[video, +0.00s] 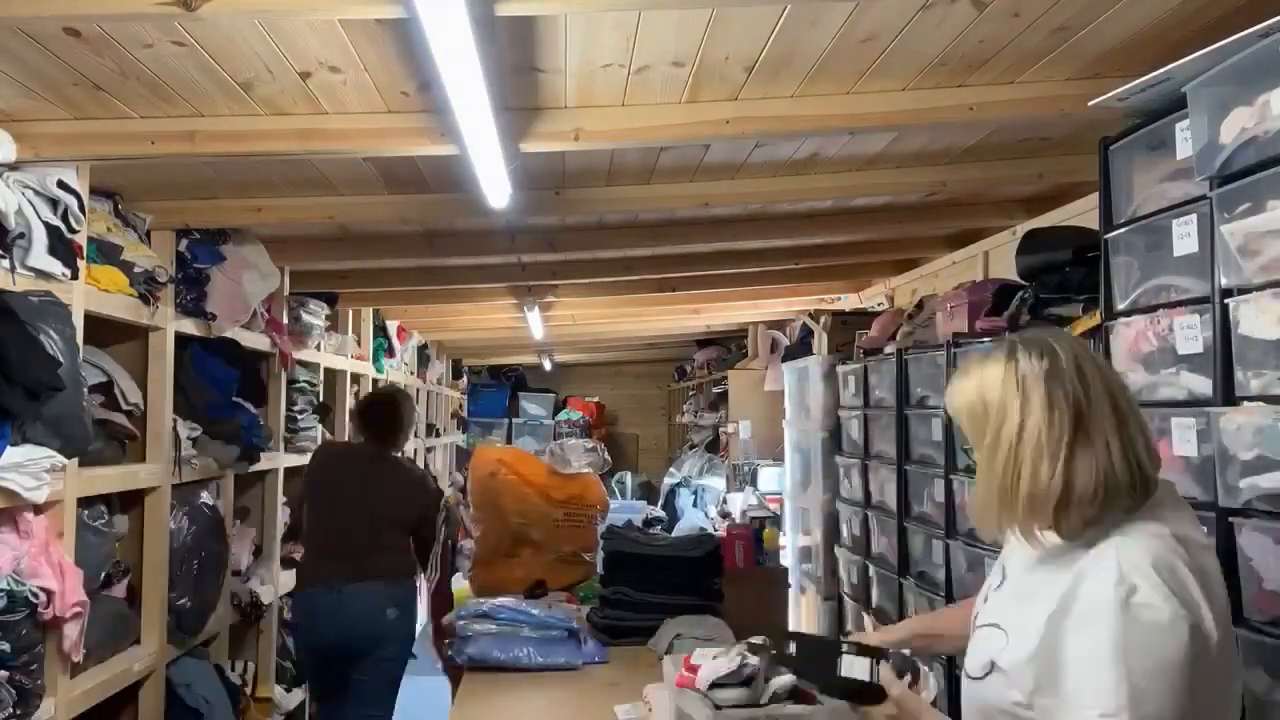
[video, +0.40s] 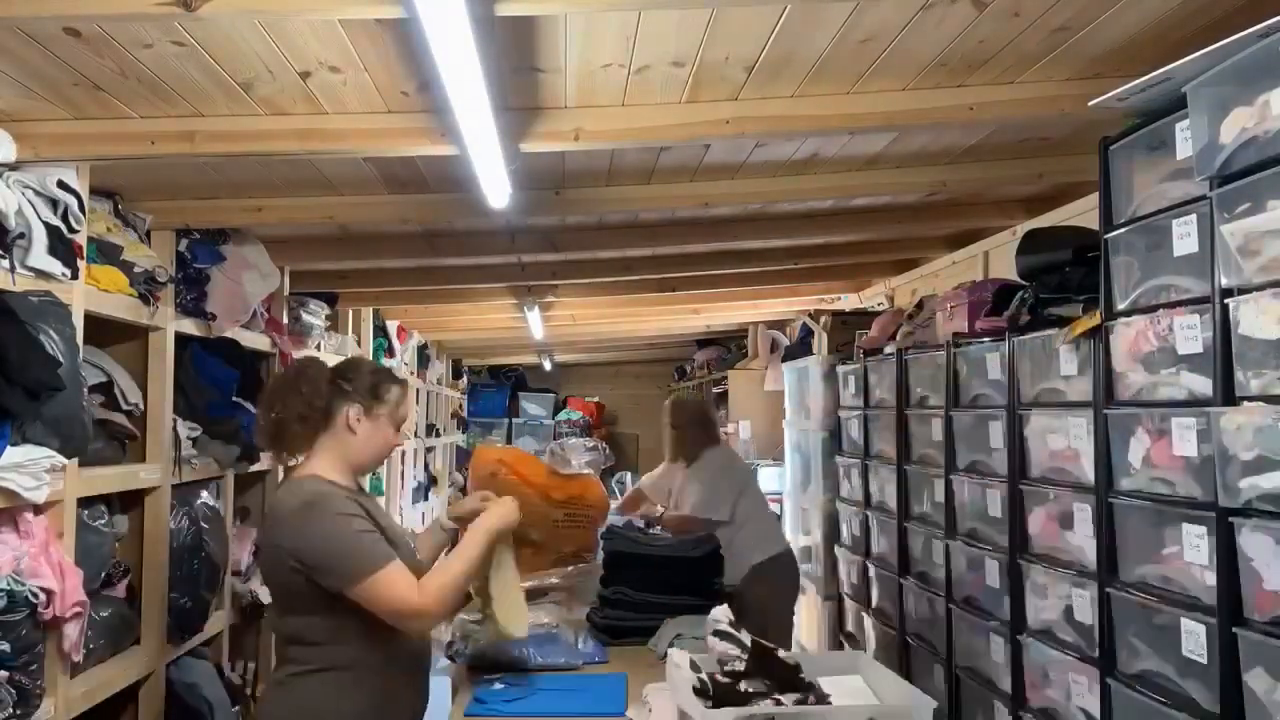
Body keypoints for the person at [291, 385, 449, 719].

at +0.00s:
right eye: (410, 425)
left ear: (356, 422)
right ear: (406, 432)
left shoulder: (325, 457)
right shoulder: (418, 482)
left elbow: (298, 527)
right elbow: (432, 559)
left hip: (317, 599)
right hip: (387, 600)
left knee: (327, 706)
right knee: (371, 710)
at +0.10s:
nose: (348, 440)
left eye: (352, 429)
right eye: (335, 429)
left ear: (358, 427)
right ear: (296, 428)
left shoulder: (370, 487)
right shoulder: (254, 489)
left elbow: (393, 559)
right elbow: (228, 591)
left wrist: (386, 585)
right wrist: (216, 696)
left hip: (350, 670)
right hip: (265, 670)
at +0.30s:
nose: (400, 416)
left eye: (397, 404)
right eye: (383, 405)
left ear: (332, 426)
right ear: (329, 425)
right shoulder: (317, 519)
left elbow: (382, 663)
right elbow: (374, 686)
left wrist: (461, 704)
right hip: (312, 711)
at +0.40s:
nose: (400, 442)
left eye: (401, 429)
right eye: (396, 427)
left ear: (354, 420)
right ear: (354, 419)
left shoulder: (347, 495)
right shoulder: (315, 508)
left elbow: (405, 566)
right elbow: (420, 611)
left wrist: (449, 521)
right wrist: (488, 528)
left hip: (373, 705)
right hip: (338, 708)